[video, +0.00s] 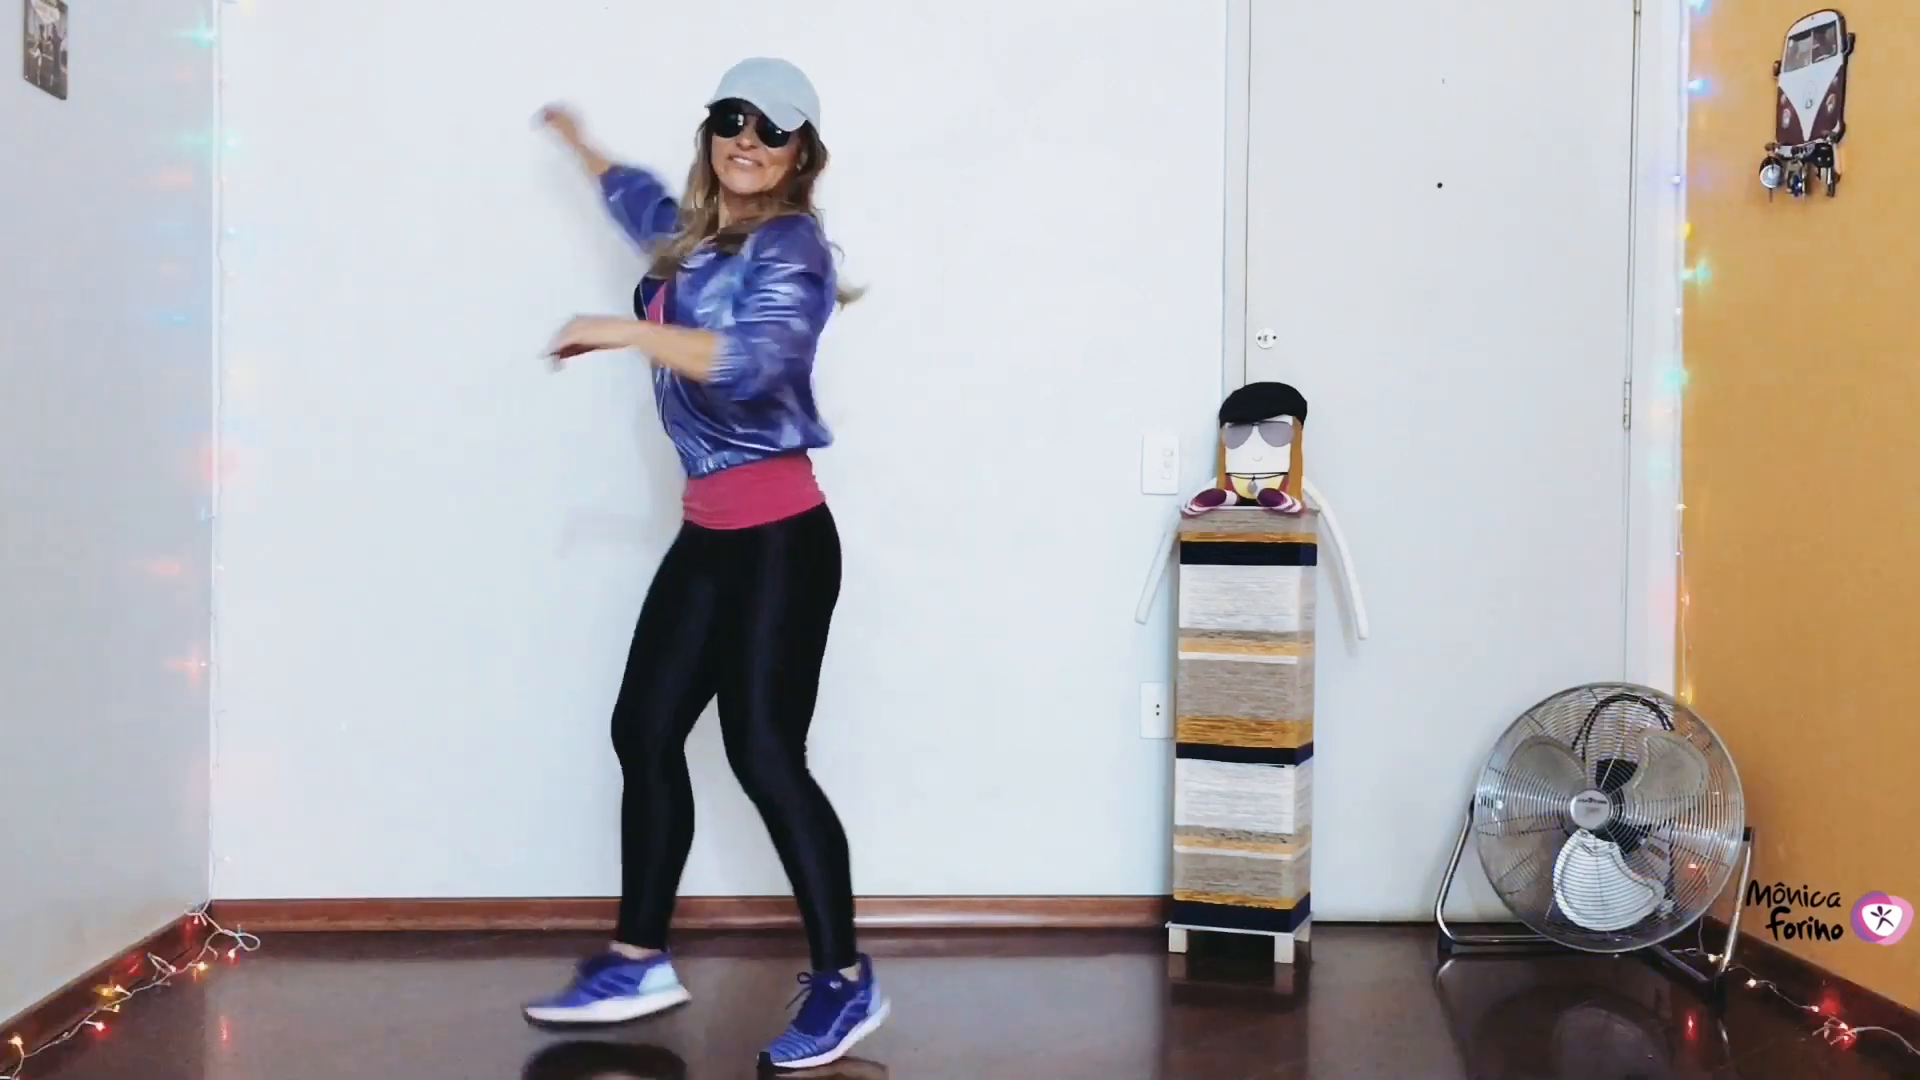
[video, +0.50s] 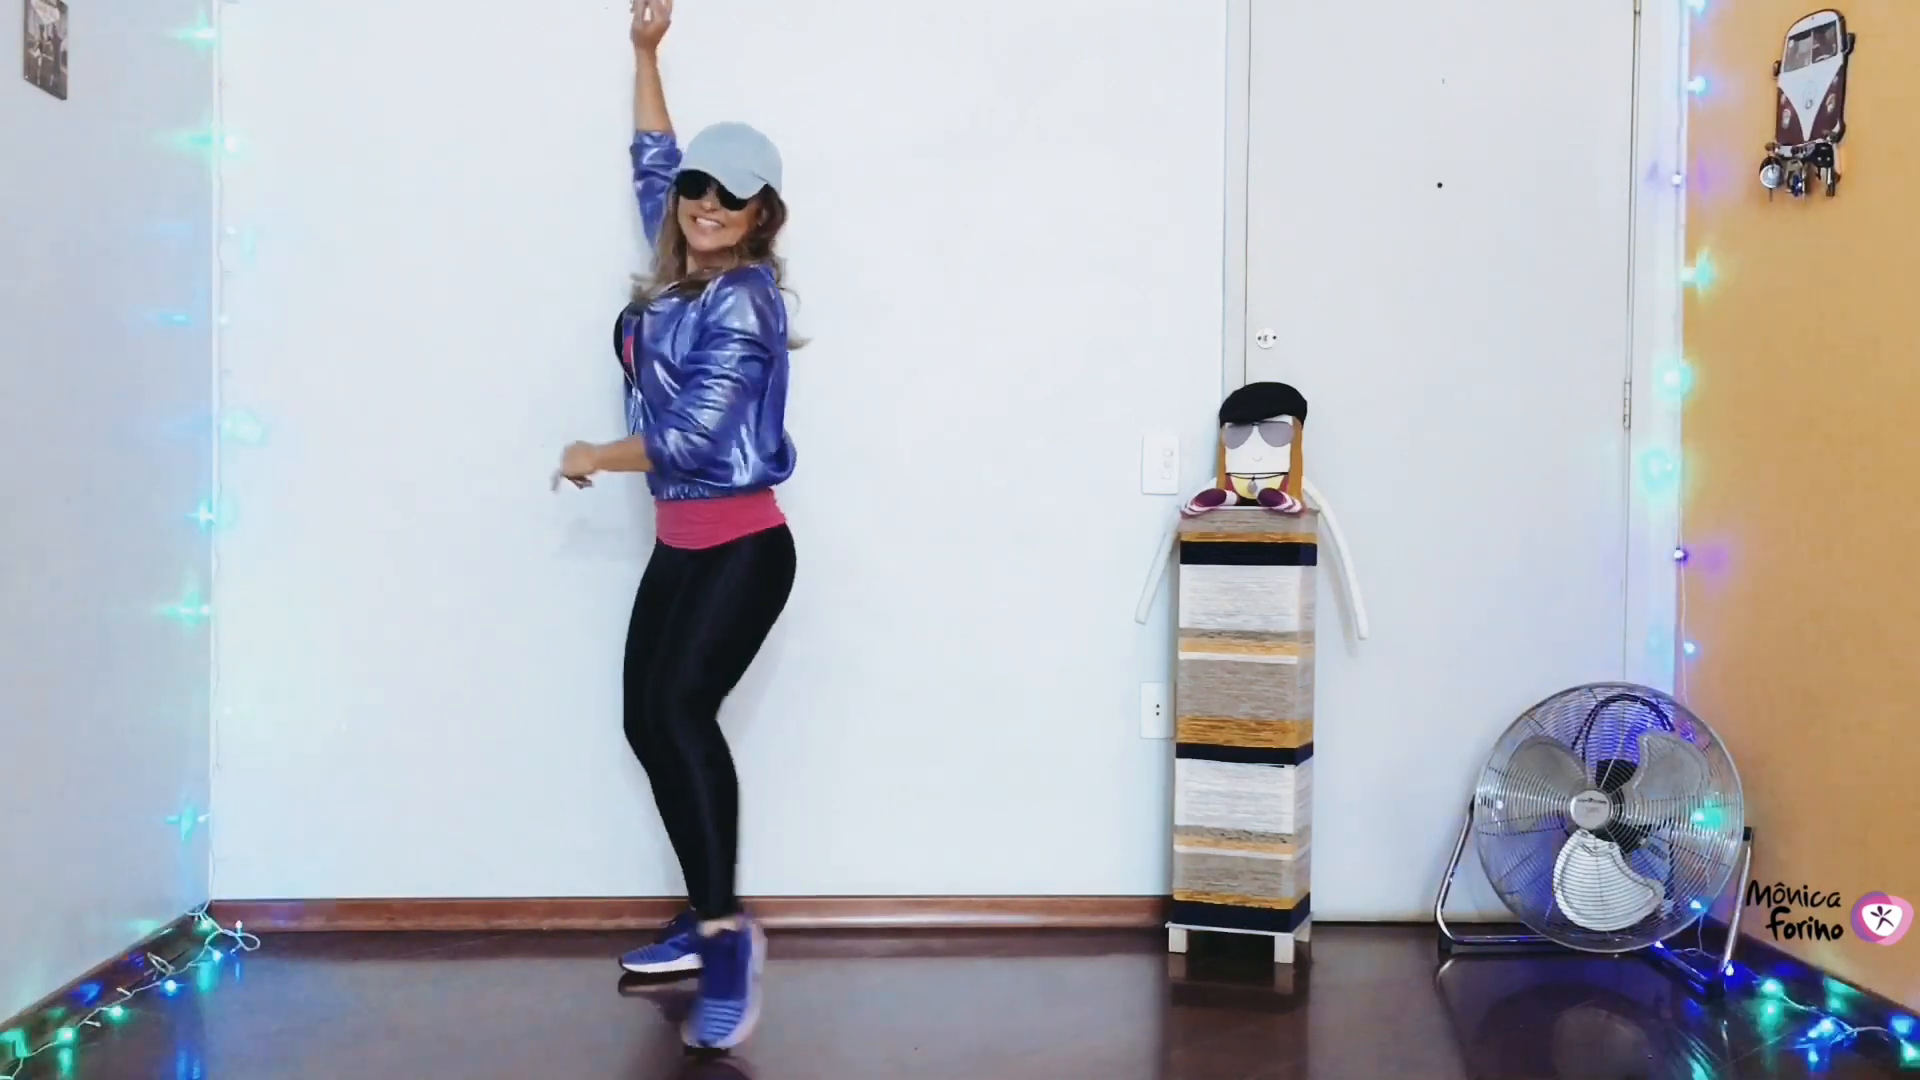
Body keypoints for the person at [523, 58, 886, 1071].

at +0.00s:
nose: (745, 143)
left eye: (769, 133)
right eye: (731, 124)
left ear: (799, 153)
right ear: (706, 135)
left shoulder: (791, 246)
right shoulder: (692, 236)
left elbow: (757, 362)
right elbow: (636, 202)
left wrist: (633, 331)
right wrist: (583, 146)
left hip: (784, 538)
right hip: (706, 536)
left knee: (764, 751)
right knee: (645, 729)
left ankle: (842, 981)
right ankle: (640, 960)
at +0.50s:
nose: (708, 215)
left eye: (732, 204)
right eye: (697, 194)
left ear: (758, 218)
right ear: (677, 199)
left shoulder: (743, 298)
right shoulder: (676, 271)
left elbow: (703, 439)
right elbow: (654, 168)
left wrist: (603, 456)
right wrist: (646, 53)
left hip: (746, 549)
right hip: (680, 548)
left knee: (684, 709)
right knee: (645, 718)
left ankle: (726, 935)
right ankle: (706, 918)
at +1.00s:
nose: (725, 190)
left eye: (746, 183)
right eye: (714, 171)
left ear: (764, 203)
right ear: (687, 179)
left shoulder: (756, 284)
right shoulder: (669, 266)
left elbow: (762, 419)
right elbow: (622, 175)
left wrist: (655, 440)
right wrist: (621, 77)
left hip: (758, 521)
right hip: (695, 532)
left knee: (726, 702)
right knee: (671, 714)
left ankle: (759, 919)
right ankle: (713, 912)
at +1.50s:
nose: (751, 198)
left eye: (772, 186)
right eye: (734, 183)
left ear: (798, 207)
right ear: (707, 203)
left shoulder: (845, 301)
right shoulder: (674, 326)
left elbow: (969, 343)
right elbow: (590, 440)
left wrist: (1001, 375)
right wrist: (469, 398)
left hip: (825, 577)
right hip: (723, 576)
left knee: (806, 773)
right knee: (614, 712)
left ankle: (821, 985)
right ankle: (687, 888)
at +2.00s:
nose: (760, 166)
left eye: (775, 148)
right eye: (737, 156)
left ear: (800, 162)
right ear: (714, 180)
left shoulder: (791, 239)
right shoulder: (730, 278)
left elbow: (814, 154)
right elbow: (750, 440)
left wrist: (900, 104)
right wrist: (864, 492)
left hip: (731, 532)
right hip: (665, 530)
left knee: (816, 698)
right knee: (674, 736)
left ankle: (795, 900)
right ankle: (622, 968)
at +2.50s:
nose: (776, 196)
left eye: (789, 181)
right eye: (755, 186)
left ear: (808, 191)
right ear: (732, 204)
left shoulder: (797, 267)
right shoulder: (757, 285)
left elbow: (802, 170)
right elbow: (759, 417)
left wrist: (839, 83)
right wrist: (861, 478)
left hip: (782, 537)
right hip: (730, 528)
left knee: (806, 701)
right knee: (789, 699)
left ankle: (740, 909)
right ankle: (724, 909)